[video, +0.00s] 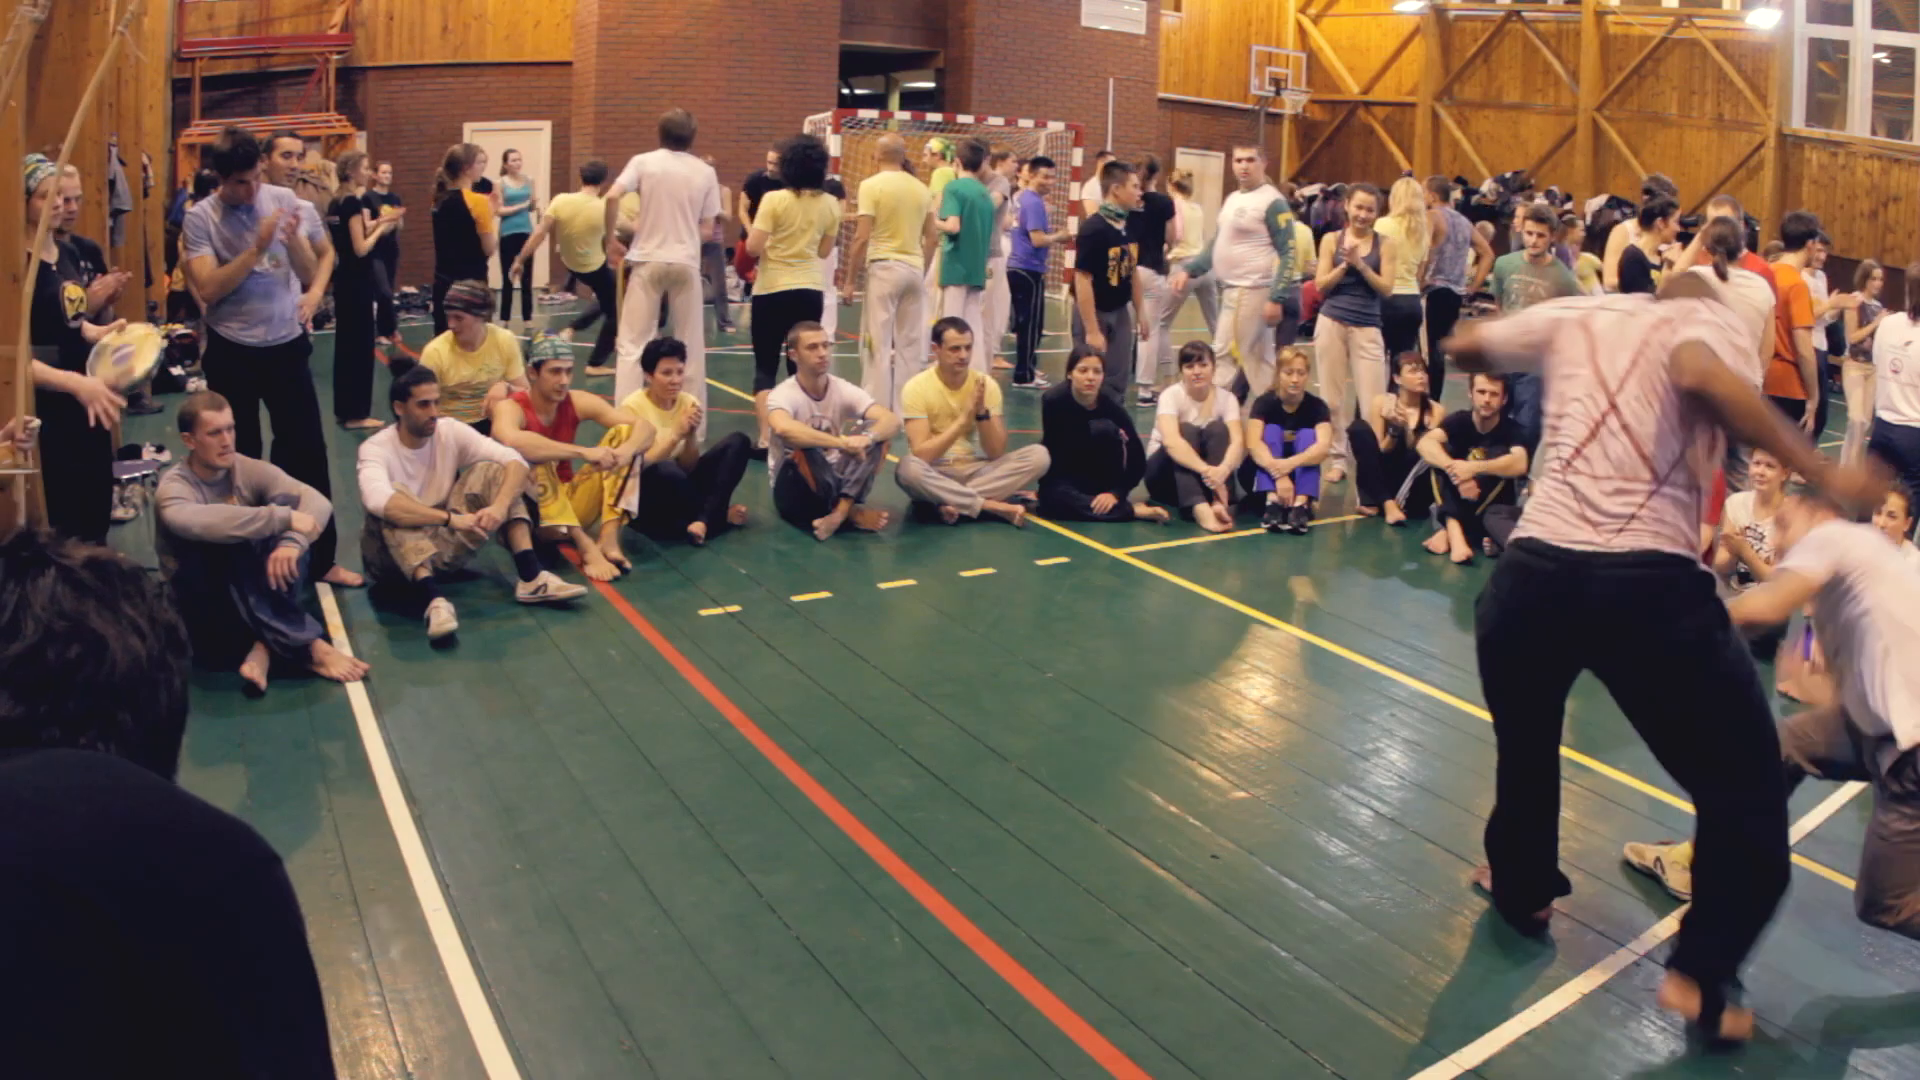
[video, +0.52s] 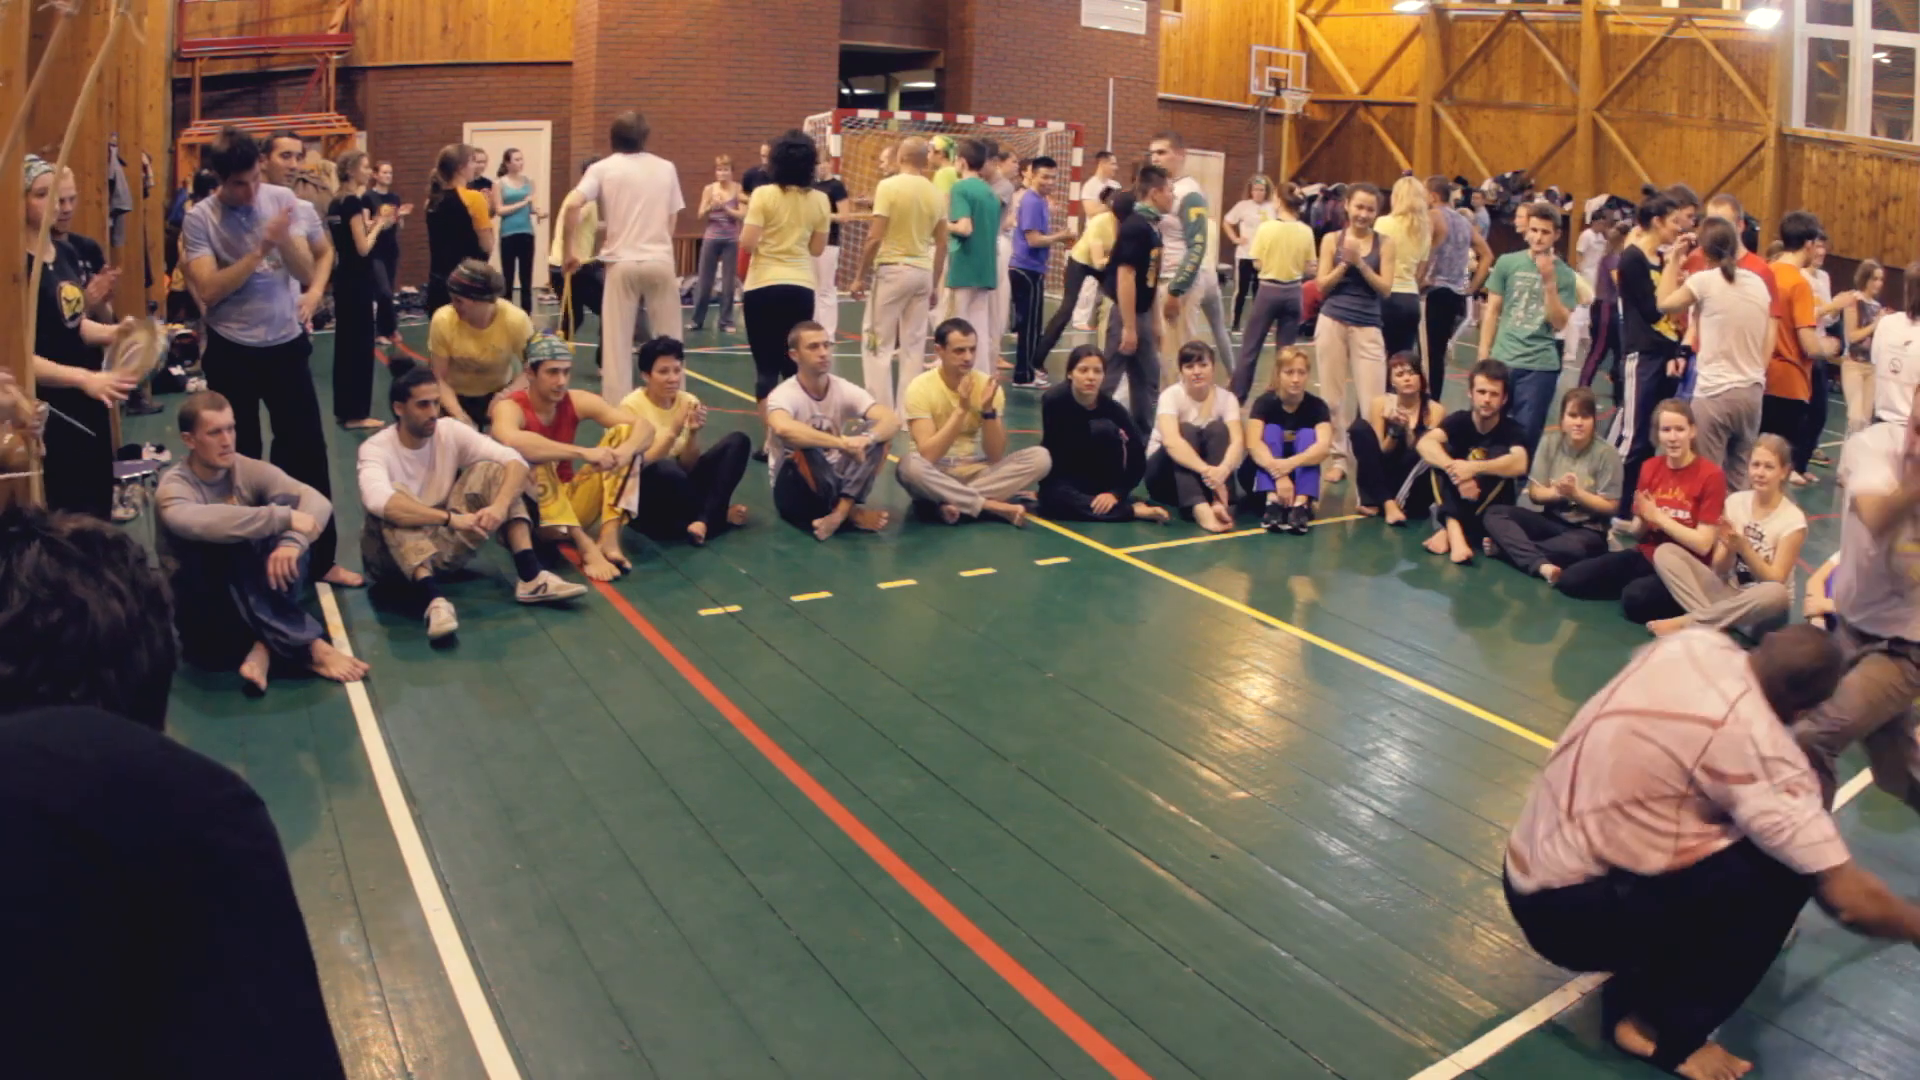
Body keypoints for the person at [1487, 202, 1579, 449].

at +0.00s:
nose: (1534, 241)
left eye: (1540, 235)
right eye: (1529, 234)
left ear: (1551, 237)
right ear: (1522, 233)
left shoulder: (1562, 275)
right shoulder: (1503, 265)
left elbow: (1582, 310)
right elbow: (1498, 304)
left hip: (1540, 348)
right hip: (1503, 343)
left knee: (1527, 415)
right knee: (1494, 410)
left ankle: (1519, 476)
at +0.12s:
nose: (1533, 239)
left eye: (1540, 234)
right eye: (1528, 232)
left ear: (1550, 237)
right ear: (1520, 233)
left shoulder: (1562, 276)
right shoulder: (1503, 265)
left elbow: (1579, 318)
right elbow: (1494, 307)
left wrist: (1558, 349)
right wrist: (1495, 346)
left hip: (1541, 362)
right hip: (1504, 358)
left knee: (1526, 432)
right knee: (1493, 425)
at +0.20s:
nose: (1533, 240)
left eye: (1539, 234)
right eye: (1528, 232)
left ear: (1551, 237)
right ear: (1520, 233)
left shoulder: (1563, 276)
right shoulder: (1503, 265)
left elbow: (1582, 317)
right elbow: (1491, 307)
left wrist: (1572, 357)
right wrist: (1483, 349)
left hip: (1541, 363)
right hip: (1503, 358)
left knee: (1525, 433)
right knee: (1493, 426)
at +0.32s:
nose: (1534, 239)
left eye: (1541, 233)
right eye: (1529, 232)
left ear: (1552, 235)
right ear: (1521, 231)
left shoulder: (1566, 275)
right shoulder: (1504, 264)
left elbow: (1583, 316)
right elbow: (1488, 307)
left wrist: (1572, 346)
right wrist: (1475, 350)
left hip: (1541, 362)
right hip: (1503, 358)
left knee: (1526, 435)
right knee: (1492, 429)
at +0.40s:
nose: (1535, 238)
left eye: (1542, 232)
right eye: (1531, 231)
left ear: (1554, 235)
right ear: (1523, 231)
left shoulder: (1566, 276)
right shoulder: (1505, 264)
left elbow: (1575, 327)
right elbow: (1489, 307)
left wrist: (1564, 319)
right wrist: (1475, 350)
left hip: (1541, 363)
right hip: (1503, 358)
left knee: (1527, 435)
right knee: (1492, 427)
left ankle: (1516, 495)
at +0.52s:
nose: (1538, 238)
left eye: (1545, 232)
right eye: (1534, 230)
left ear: (1556, 235)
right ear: (1526, 231)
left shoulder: (1564, 274)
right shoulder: (1507, 263)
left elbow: (1559, 322)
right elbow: (1492, 310)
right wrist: (1483, 359)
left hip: (1540, 362)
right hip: (1503, 358)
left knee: (1526, 436)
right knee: (1492, 429)